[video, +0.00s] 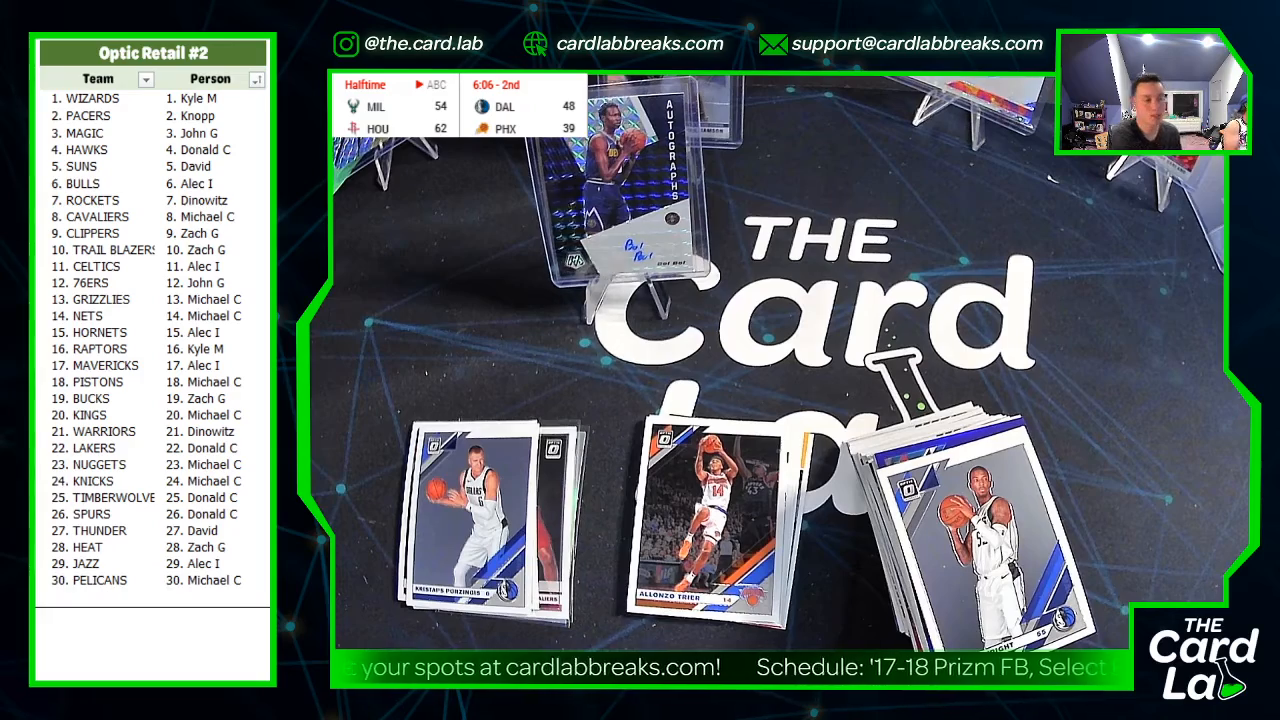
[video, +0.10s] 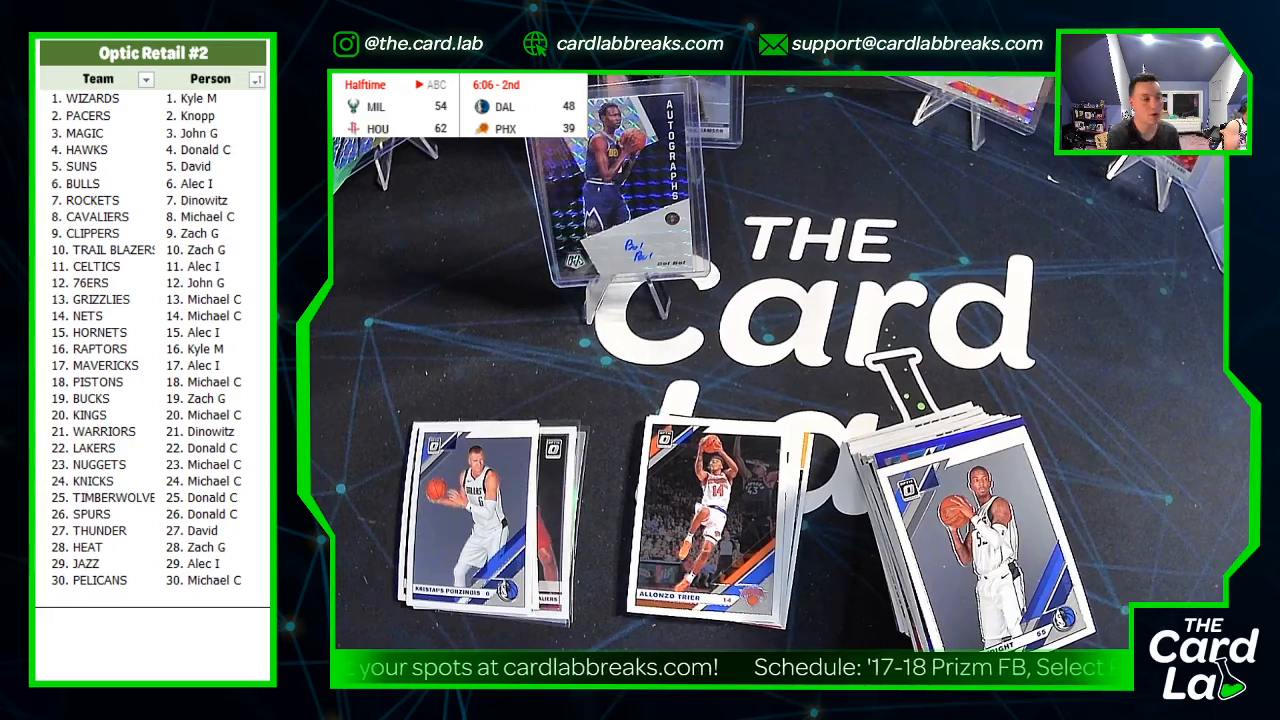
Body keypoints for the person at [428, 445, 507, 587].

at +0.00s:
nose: (479, 464)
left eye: (481, 460)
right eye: (475, 460)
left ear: (484, 460)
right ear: (469, 461)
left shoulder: (491, 476)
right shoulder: (464, 476)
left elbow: (488, 512)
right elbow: (464, 503)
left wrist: (466, 504)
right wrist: (439, 500)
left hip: (496, 531)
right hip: (478, 531)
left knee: (494, 572)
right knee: (459, 571)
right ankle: (461, 606)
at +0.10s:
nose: (479, 464)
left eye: (481, 460)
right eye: (475, 460)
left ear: (484, 460)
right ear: (469, 461)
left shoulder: (491, 476)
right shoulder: (464, 476)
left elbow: (488, 512)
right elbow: (464, 503)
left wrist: (466, 504)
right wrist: (439, 500)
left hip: (496, 531)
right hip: (478, 531)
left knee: (494, 572)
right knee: (459, 571)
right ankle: (461, 606)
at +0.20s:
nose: (479, 464)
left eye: (481, 460)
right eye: (475, 460)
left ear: (484, 460)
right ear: (469, 461)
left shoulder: (491, 476)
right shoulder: (464, 476)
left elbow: (488, 512)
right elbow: (464, 503)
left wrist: (466, 504)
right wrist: (439, 500)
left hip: (496, 531)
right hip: (478, 531)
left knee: (494, 572)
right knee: (459, 571)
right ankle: (461, 606)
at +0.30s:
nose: (479, 464)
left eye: (481, 460)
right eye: (475, 460)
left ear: (484, 460)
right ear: (469, 461)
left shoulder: (491, 476)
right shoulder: (464, 476)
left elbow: (488, 512)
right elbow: (464, 503)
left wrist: (466, 504)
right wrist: (439, 500)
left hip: (496, 531)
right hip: (478, 531)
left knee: (494, 573)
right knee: (459, 571)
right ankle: (460, 606)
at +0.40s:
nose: (479, 463)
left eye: (481, 460)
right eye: (475, 460)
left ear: (484, 460)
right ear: (469, 461)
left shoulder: (491, 477)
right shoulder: (464, 476)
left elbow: (488, 512)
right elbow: (463, 503)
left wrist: (466, 504)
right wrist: (439, 500)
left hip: (496, 531)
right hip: (478, 531)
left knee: (495, 572)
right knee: (459, 571)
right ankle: (460, 605)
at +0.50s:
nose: (479, 463)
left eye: (481, 460)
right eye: (475, 460)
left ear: (484, 460)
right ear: (469, 461)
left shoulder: (491, 477)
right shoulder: (464, 476)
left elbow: (488, 512)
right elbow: (464, 503)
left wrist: (466, 504)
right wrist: (439, 500)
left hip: (496, 531)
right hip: (478, 531)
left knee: (495, 572)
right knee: (459, 571)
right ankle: (461, 606)